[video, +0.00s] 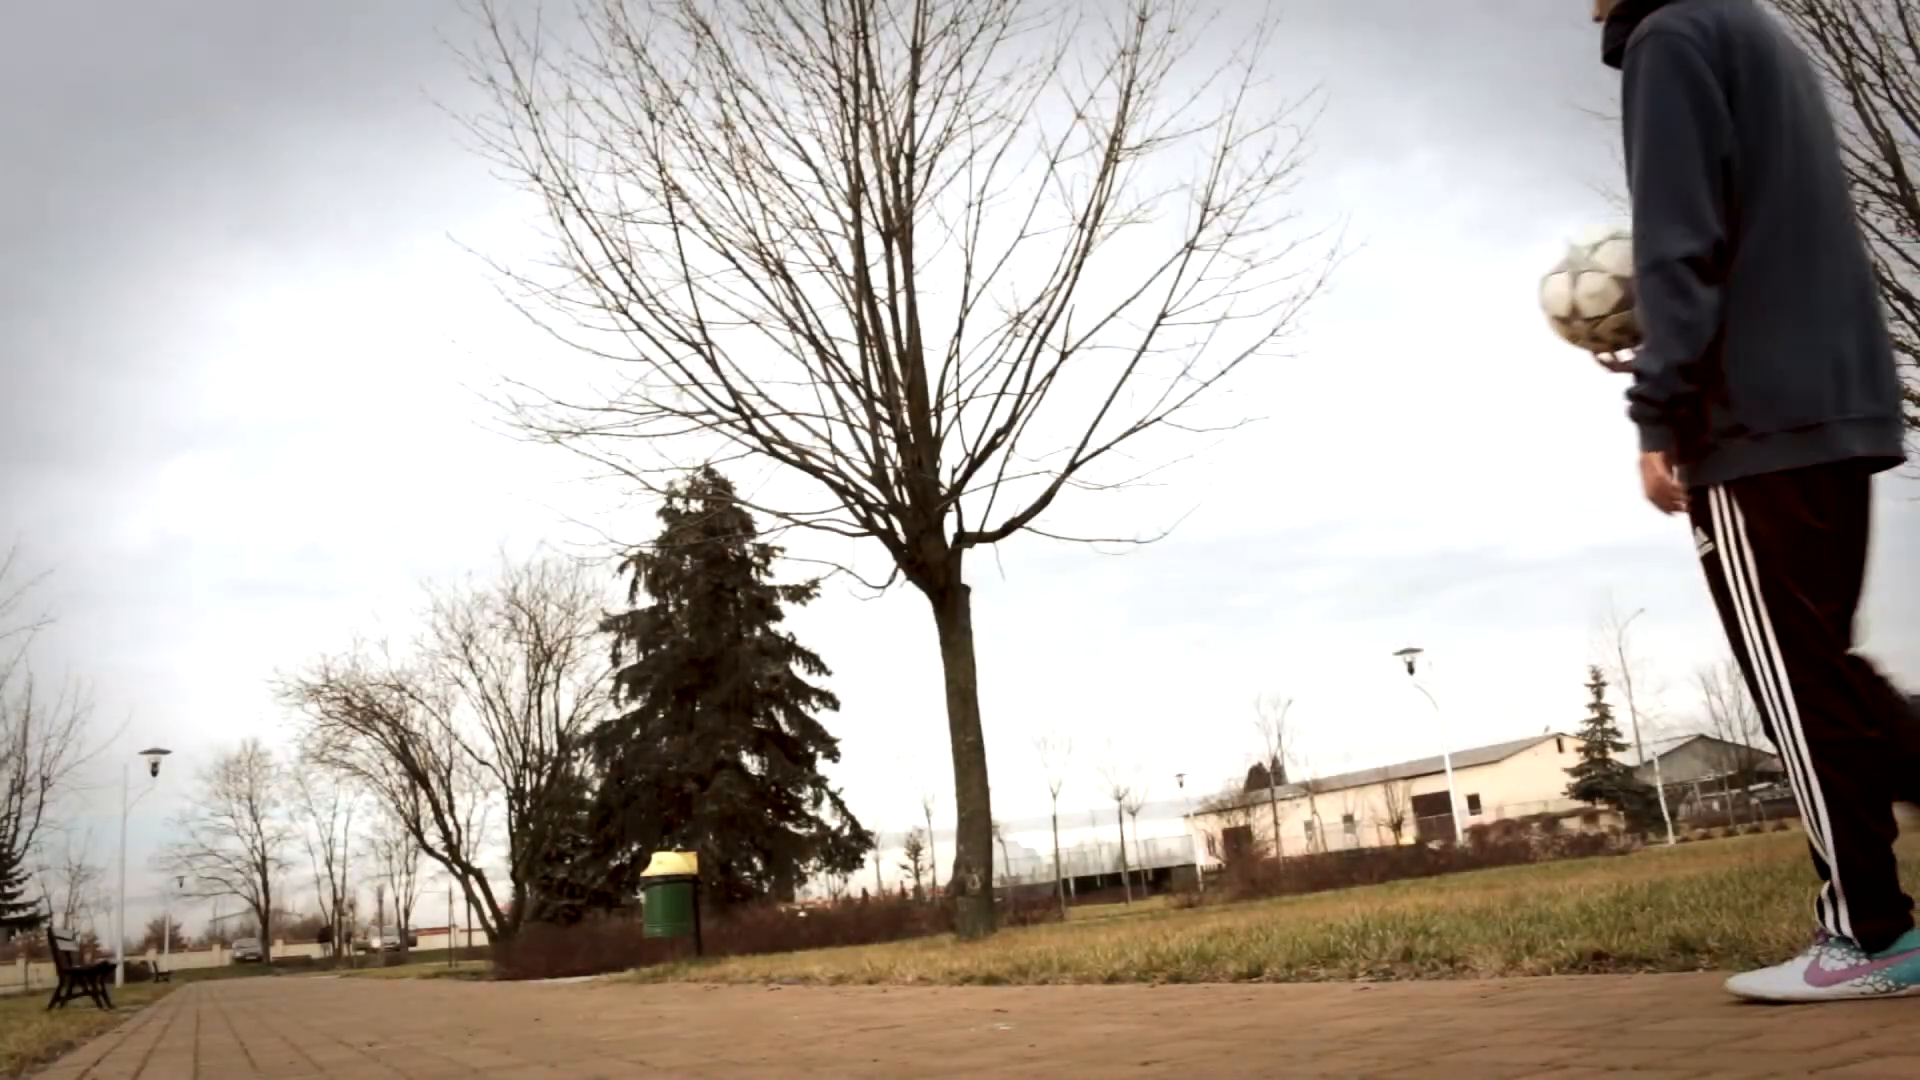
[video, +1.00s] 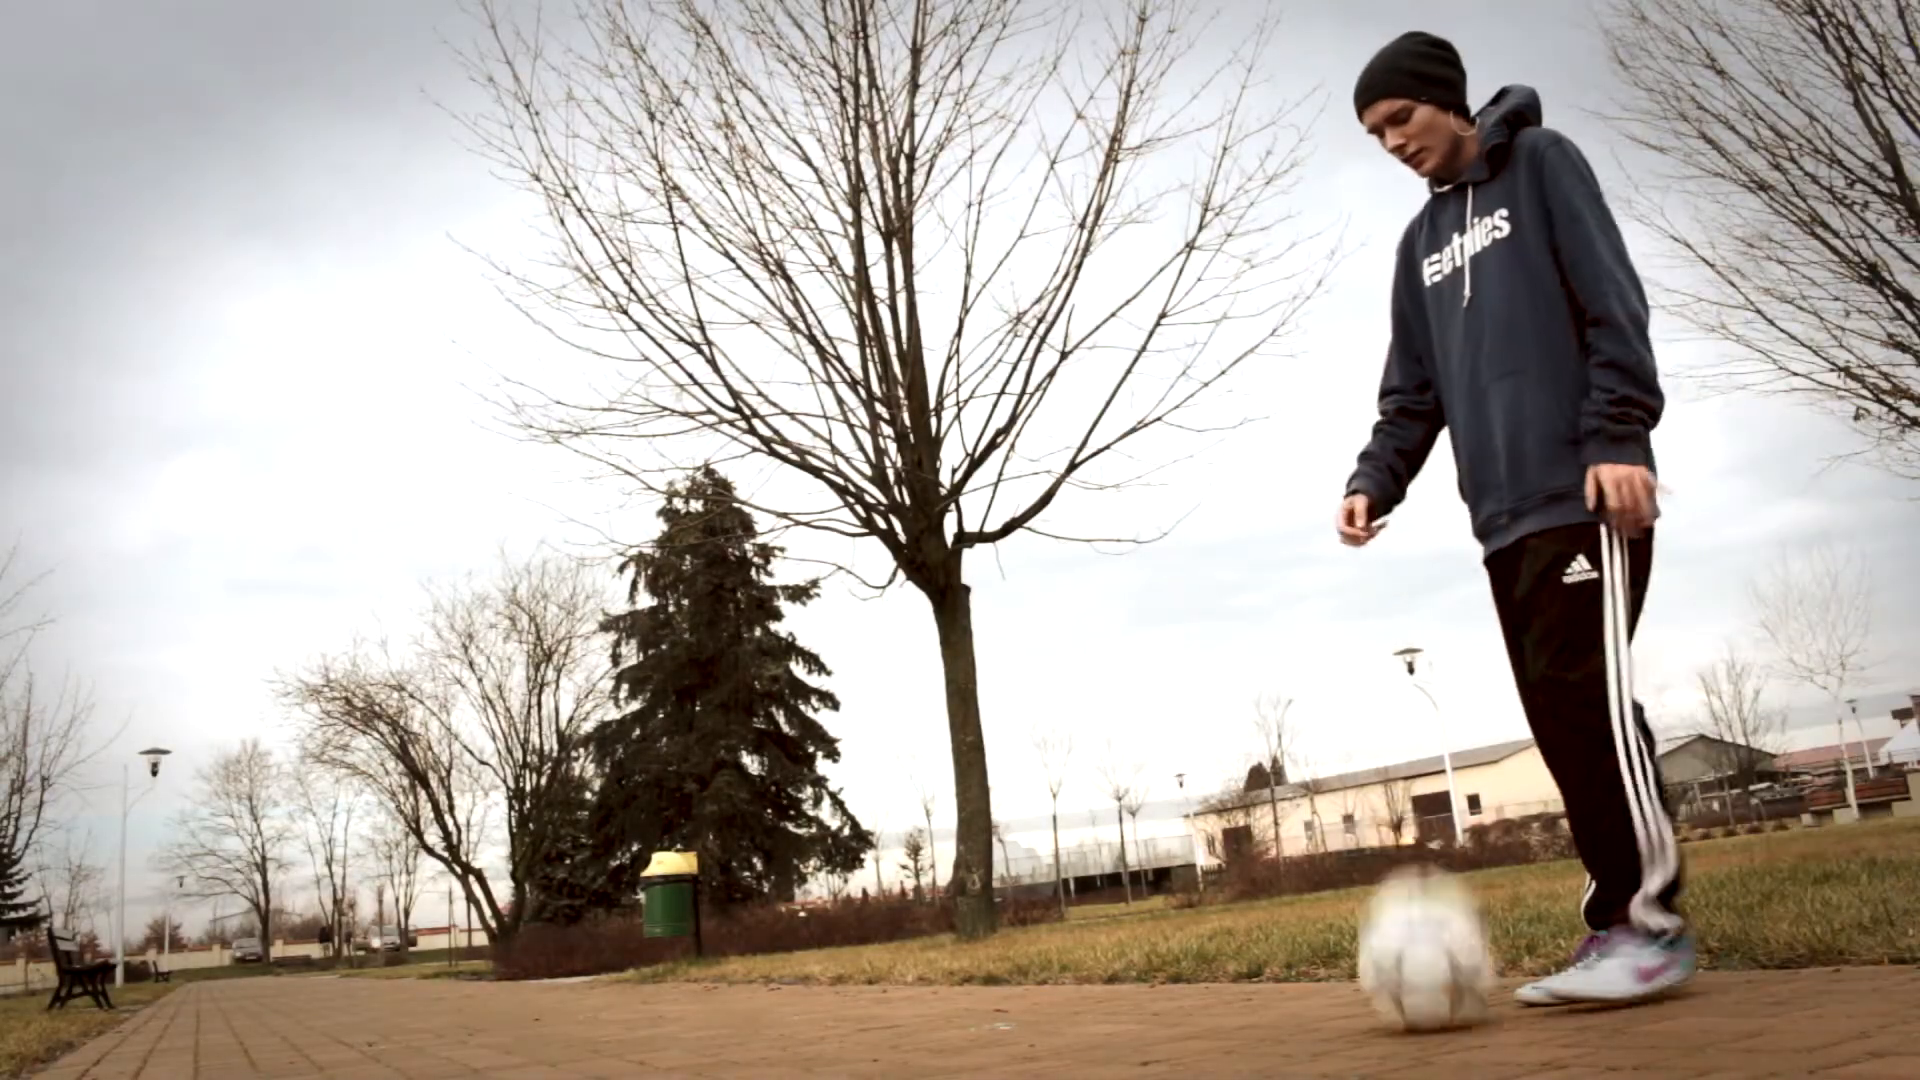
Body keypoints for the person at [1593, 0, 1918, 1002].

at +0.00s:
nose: (1591, 15)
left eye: (1593, 4)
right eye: (1592, 7)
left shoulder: (1670, 43)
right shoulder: (1764, 43)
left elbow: (1680, 243)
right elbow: (1774, 239)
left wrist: (1654, 419)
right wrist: (1653, 317)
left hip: (1760, 421)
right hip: (1833, 408)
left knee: (1792, 681)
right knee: (1823, 666)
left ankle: (1867, 934)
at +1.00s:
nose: (1396, 142)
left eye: (1403, 118)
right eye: (1381, 133)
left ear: (1449, 96)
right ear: (1383, 142)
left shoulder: (1541, 162)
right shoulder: (1421, 241)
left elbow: (1613, 305)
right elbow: (1413, 386)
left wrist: (1620, 440)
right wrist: (1374, 480)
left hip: (1581, 485)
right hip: (1501, 512)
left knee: (1580, 692)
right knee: (1553, 710)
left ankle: (1654, 929)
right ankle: (1617, 930)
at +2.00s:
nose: (1333, 171)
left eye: (1337, 147)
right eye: (1318, 162)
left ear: (1387, 119)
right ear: (1328, 164)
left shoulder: (1490, 178)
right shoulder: (1377, 257)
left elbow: (1584, 301)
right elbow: (1360, 404)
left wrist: (1645, 445)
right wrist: (1286, 512)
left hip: (1525, 491)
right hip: (1449, 510)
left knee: (1429, 695)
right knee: (1479, 716)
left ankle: (1467, 930)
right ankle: (1546, 949)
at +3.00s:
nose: (1299, 192)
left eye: (1299, 169)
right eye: (1286, 181)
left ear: (1341, 137)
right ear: (1311, 167)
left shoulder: (1451, 174)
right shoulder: (1368, 253)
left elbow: (1566, 302)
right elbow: (1411, 408)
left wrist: (1595, 443)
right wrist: (1396, 520)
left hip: (1531, 493)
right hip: (1462, 513)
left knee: (1471, 690)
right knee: (1487, 704)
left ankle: (1555, 933)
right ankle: (1561, 938)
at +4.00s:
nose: (1305, 123)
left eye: (1313, 102)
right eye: (1292, 113)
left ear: (1362, 78)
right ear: (1292, 112)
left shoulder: (1452, 129)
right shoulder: (1349, 177)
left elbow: (1494, 110)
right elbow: (1340, 248)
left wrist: (1357, 60)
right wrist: (1243, 265)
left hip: (1492, 411)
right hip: (1394, 418)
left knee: (1467, 595)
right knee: (1269, 527)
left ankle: (1546, 847)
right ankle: (1337, 711)